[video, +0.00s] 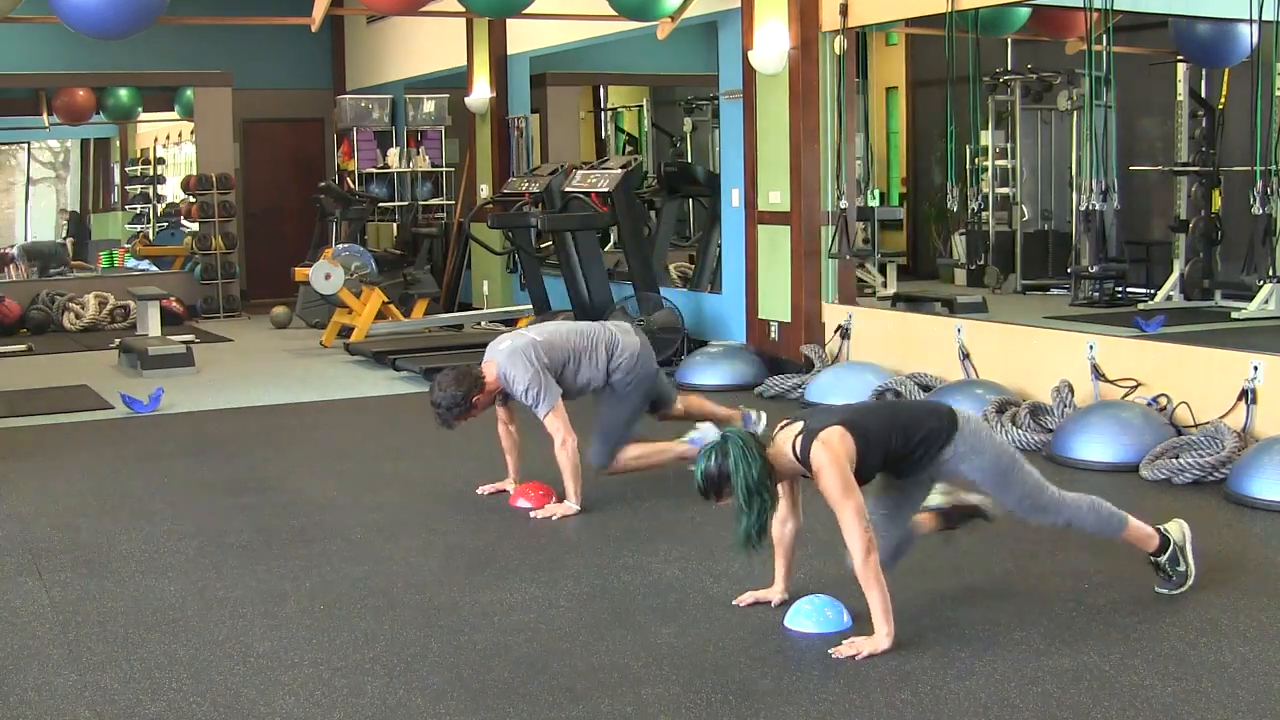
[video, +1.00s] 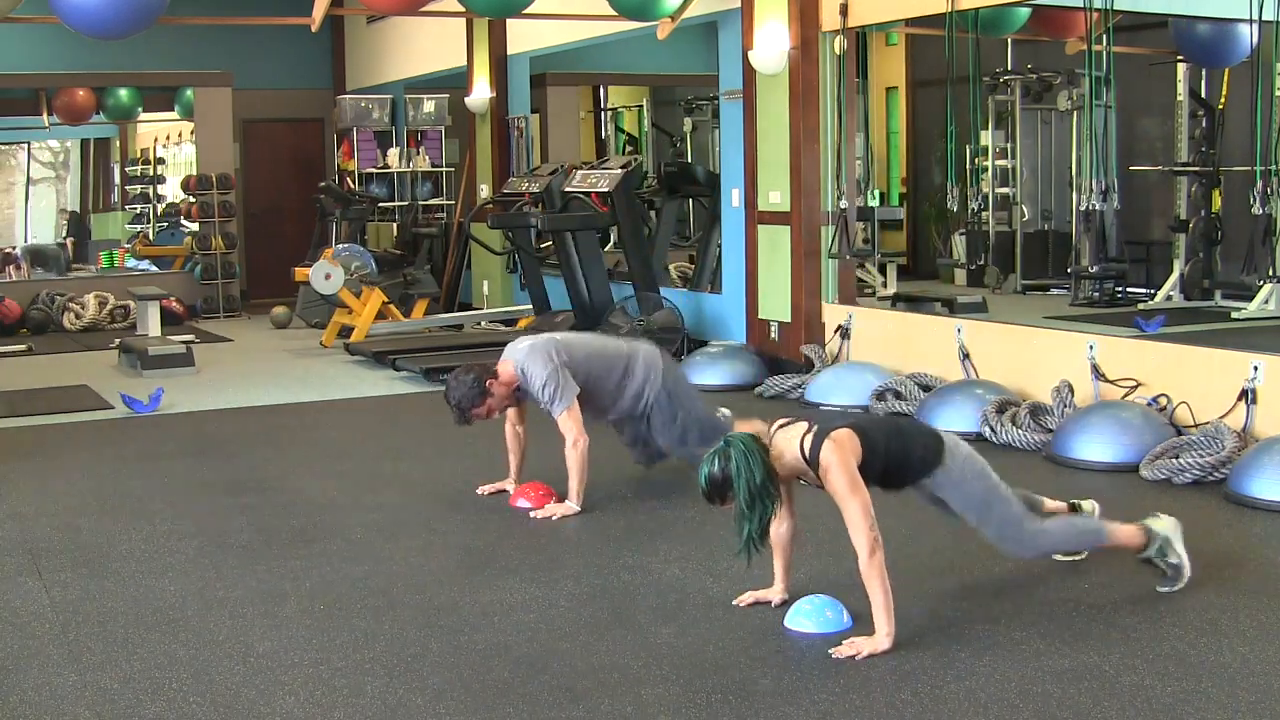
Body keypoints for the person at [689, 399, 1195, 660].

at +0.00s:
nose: (735, 498)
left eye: (733, 489)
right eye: (727, 492)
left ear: (746, 471)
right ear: (747, 452)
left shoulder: (824, 452)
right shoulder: (774, 446)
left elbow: (862, 548)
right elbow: (784, 516)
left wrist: (882, 633)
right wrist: (779, 586)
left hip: (950, 437)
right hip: (899, 462)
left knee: (1045, 505)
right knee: (879, 556)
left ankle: (1161, 542)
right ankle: (948, 511)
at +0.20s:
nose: (731, 499)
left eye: (729, 490)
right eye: (722, 492)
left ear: (745, 472)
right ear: (740, 454)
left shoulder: (823, 457)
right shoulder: (771, 449)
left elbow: (862, 547)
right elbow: (781, 520)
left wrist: (882, 633)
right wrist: (778, 586)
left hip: (937, 468)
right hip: (886, 493)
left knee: (1040, 530)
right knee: (827, 579)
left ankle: (1165, 540)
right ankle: (898, 566)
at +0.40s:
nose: (740, 500)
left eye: (737, 492)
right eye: (732, 493)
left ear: (754, 473)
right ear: (741, 461)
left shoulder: (826, 457)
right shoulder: (771, 449)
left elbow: (863, 546)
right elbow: (785, 519)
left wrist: (883, 634)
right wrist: (779, 587)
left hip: (945, 457)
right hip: (891, 482)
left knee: (1046, 520)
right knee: (838, 567)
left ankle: (1163, 539)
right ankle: (911, 550)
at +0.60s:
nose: (745, 503)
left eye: (742, 494)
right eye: (737, 497)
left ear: (755, 475)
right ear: (749, 461)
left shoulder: (830, 452)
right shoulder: (781, 448)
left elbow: (867, 548)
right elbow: (789, 521)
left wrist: (883, 632)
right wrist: (779, 587)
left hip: (957, 428)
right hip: (906, 454)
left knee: (1047, 495)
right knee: (897, 544)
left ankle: (1156, 538)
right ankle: (975, 493)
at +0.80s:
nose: (741, 501)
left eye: (739, 494)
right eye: (733, 497)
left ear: (750, 474)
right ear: (748, 450)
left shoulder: (828, 454)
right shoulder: (776, 446)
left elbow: (869, 549)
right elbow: (788, 520)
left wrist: (883, 635)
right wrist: (779, 588)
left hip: (959, 444)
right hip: (925, 453)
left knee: (1049, 506)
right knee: (969, 511)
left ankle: (1156, 536)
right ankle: (1055, 509)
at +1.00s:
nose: (740, 504)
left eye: (739, 497)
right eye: (732, 500)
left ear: (752, 474)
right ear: (747, 449)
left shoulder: (828, 454)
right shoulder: (766, 441)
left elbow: (869, 547)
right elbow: (780, 514)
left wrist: (882, 634)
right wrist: (780, 586)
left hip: (937, 458)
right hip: (909, 459)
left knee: (1024, 539)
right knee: (997, 505)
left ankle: (1151, 535)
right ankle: (1070, 509)